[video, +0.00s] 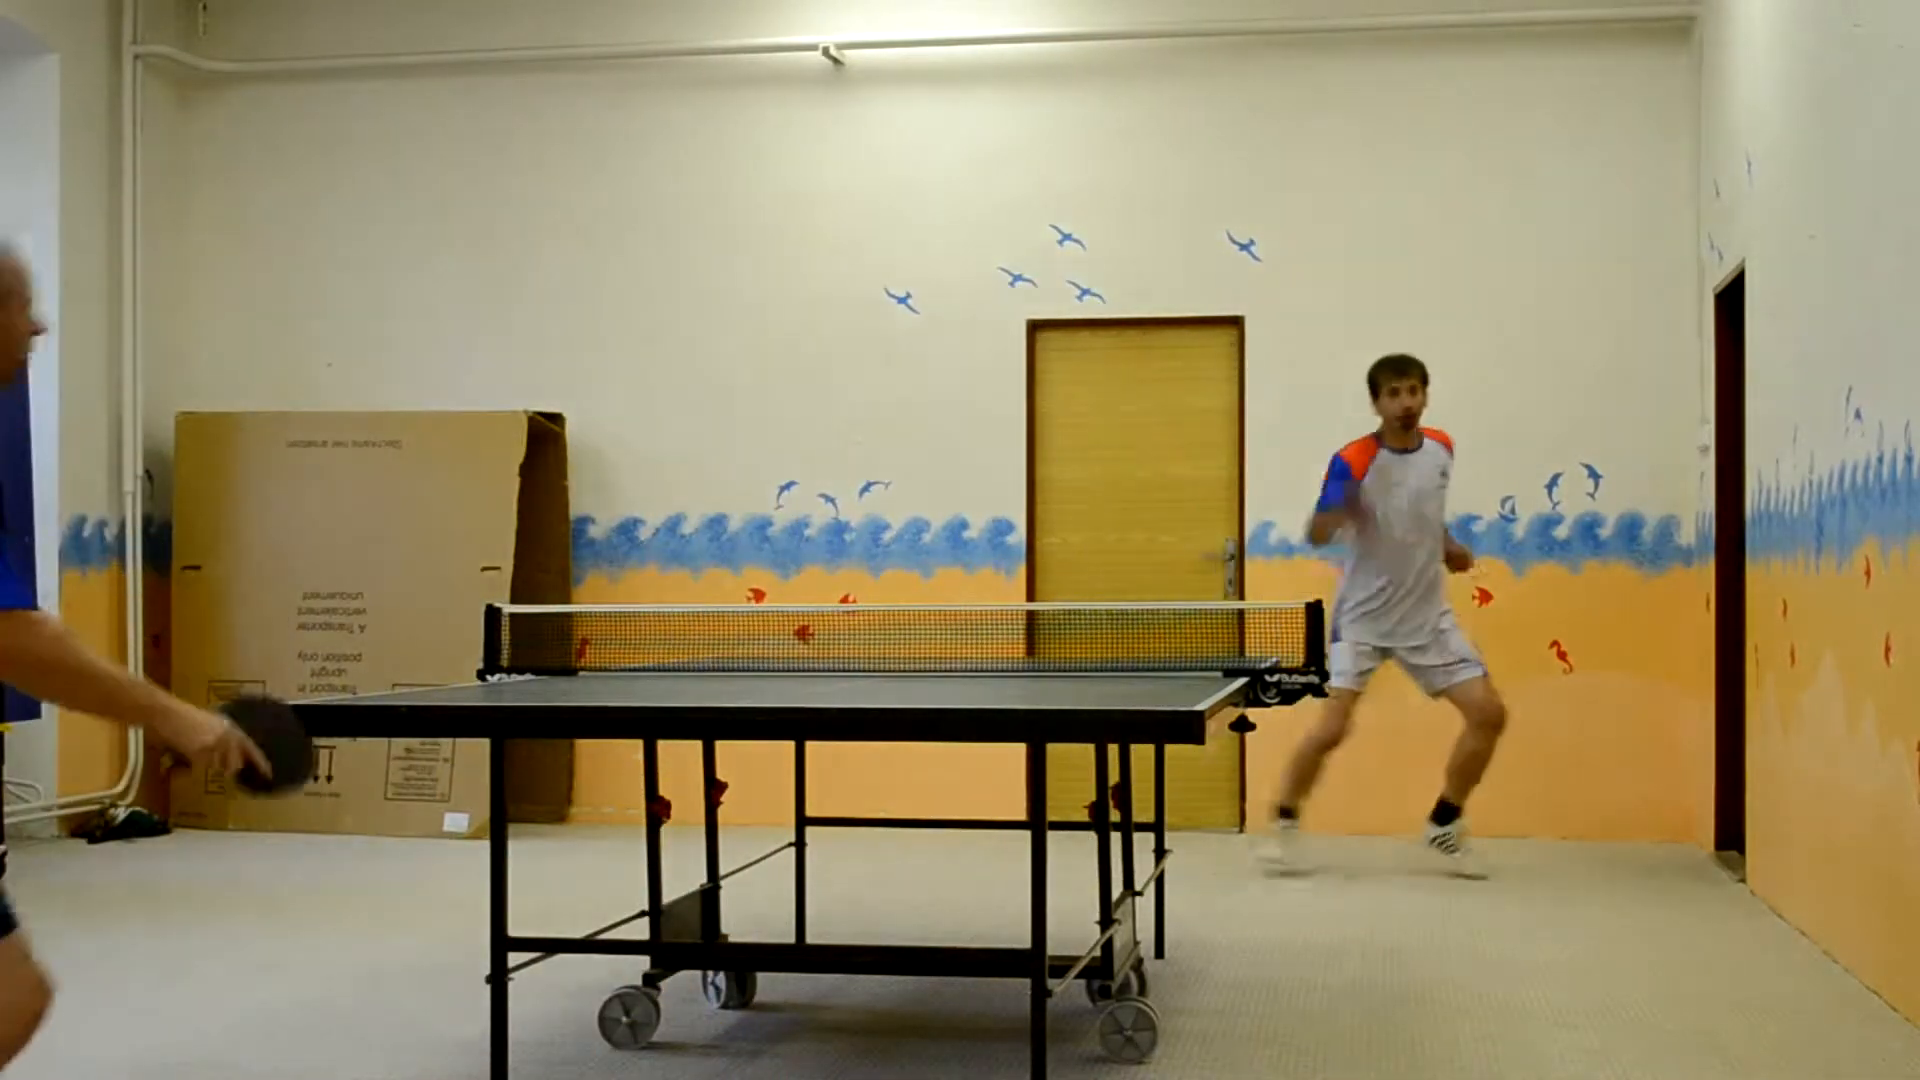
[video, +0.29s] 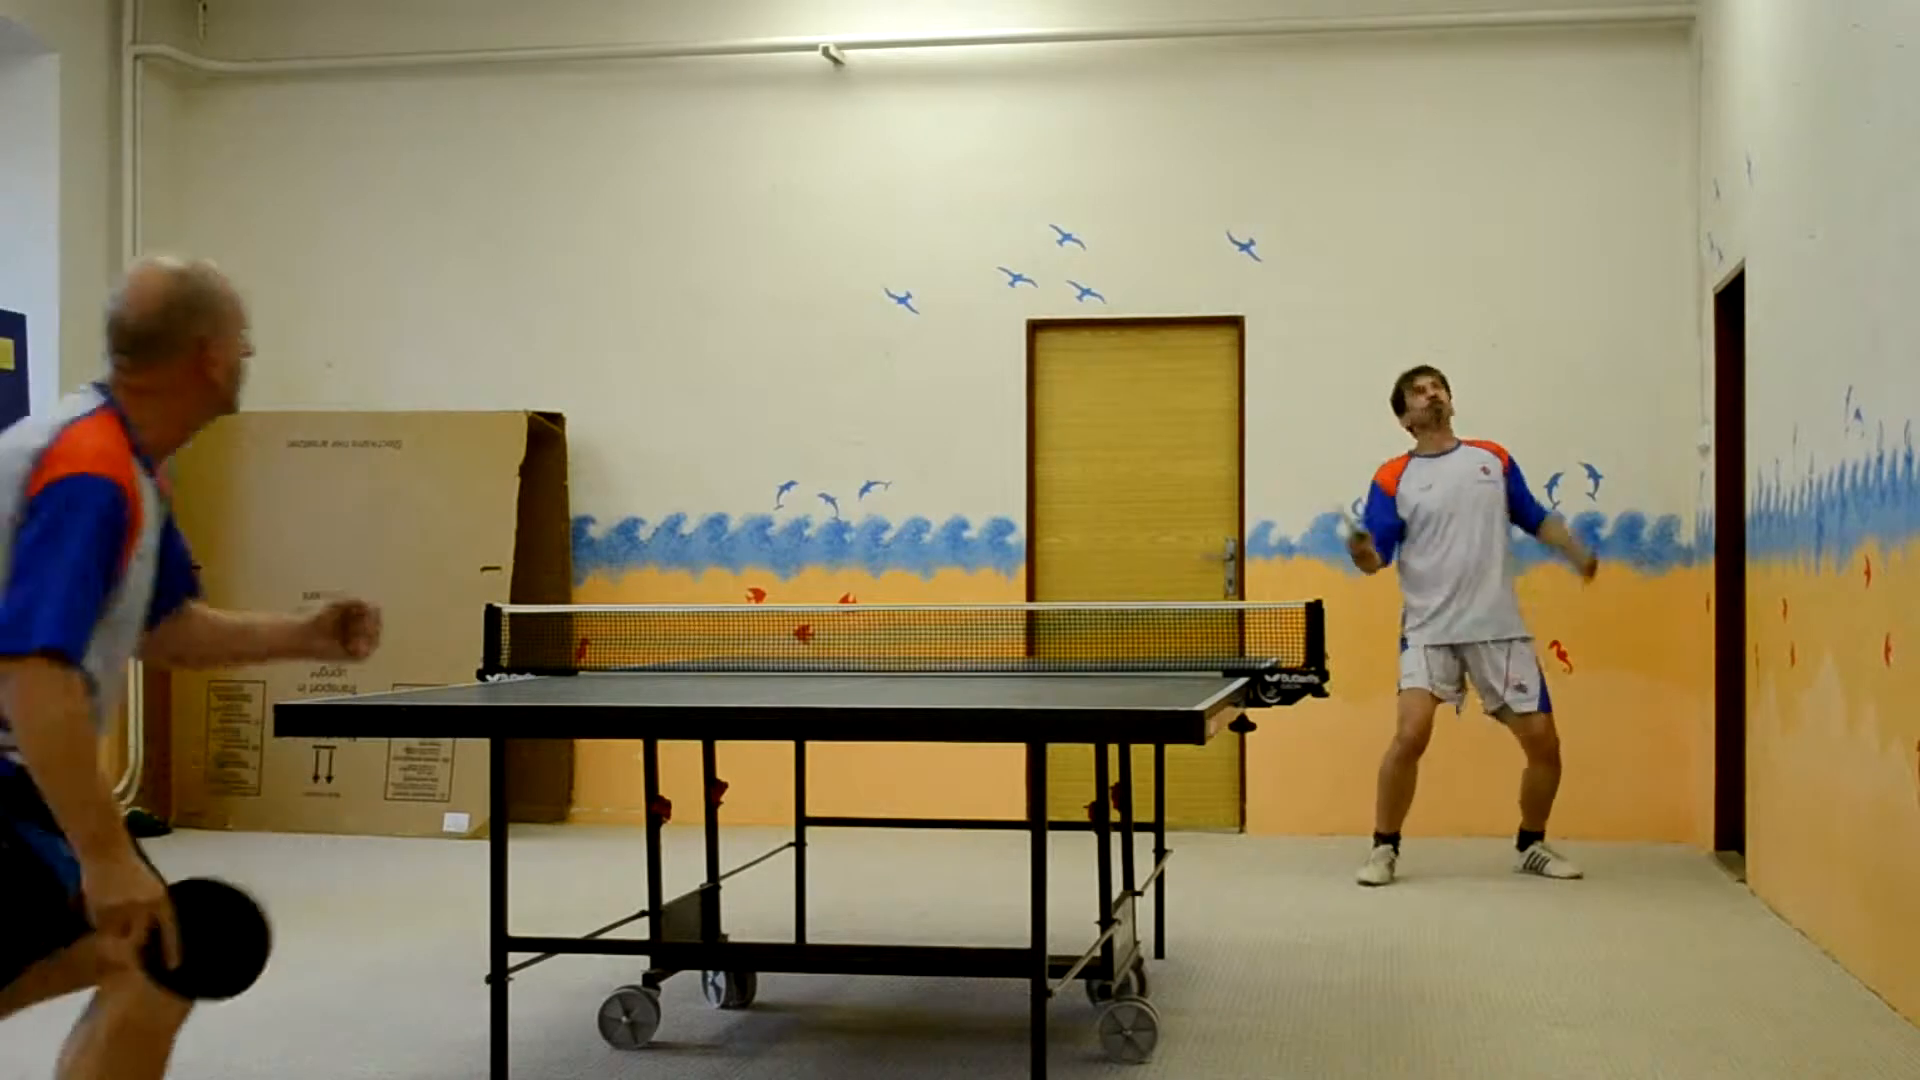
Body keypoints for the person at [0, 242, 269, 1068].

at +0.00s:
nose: (34, 336)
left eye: (32, 319)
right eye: (24, 320)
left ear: (14, 320)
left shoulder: (14, 419)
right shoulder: (8, 419)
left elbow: (16, 631)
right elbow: (14, 632)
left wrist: (169, 717)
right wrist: (173, 717)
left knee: (18, 994)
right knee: (17, 996)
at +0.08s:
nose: (93, 319)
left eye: (89, 301)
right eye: (81, 301)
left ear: (34, 314)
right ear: (34, 312)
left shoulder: (13, 423)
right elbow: (5, 640)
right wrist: (150, 750)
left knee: (52, 950)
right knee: (75, 954)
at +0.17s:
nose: (151, 344)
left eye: (149, 328)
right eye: (146, 327)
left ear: (81, 334)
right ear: (108, 336)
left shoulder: (27, 441)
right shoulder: (13, 465)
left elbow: (53, 572)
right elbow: (11, 675)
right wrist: (148, 793)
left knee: (91, 952)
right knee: (107, 952)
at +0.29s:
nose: (245, 364)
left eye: (243, 346)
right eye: (241, 346)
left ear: (137, 347)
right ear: (209, 360)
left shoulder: (126, 462)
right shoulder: (91, 473)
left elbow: (166, 629)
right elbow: (37, 683)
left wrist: (309, 635)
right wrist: (107, 857)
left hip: (27, 787)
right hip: (9, 794)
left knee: (121, 926)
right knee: (164, 952)